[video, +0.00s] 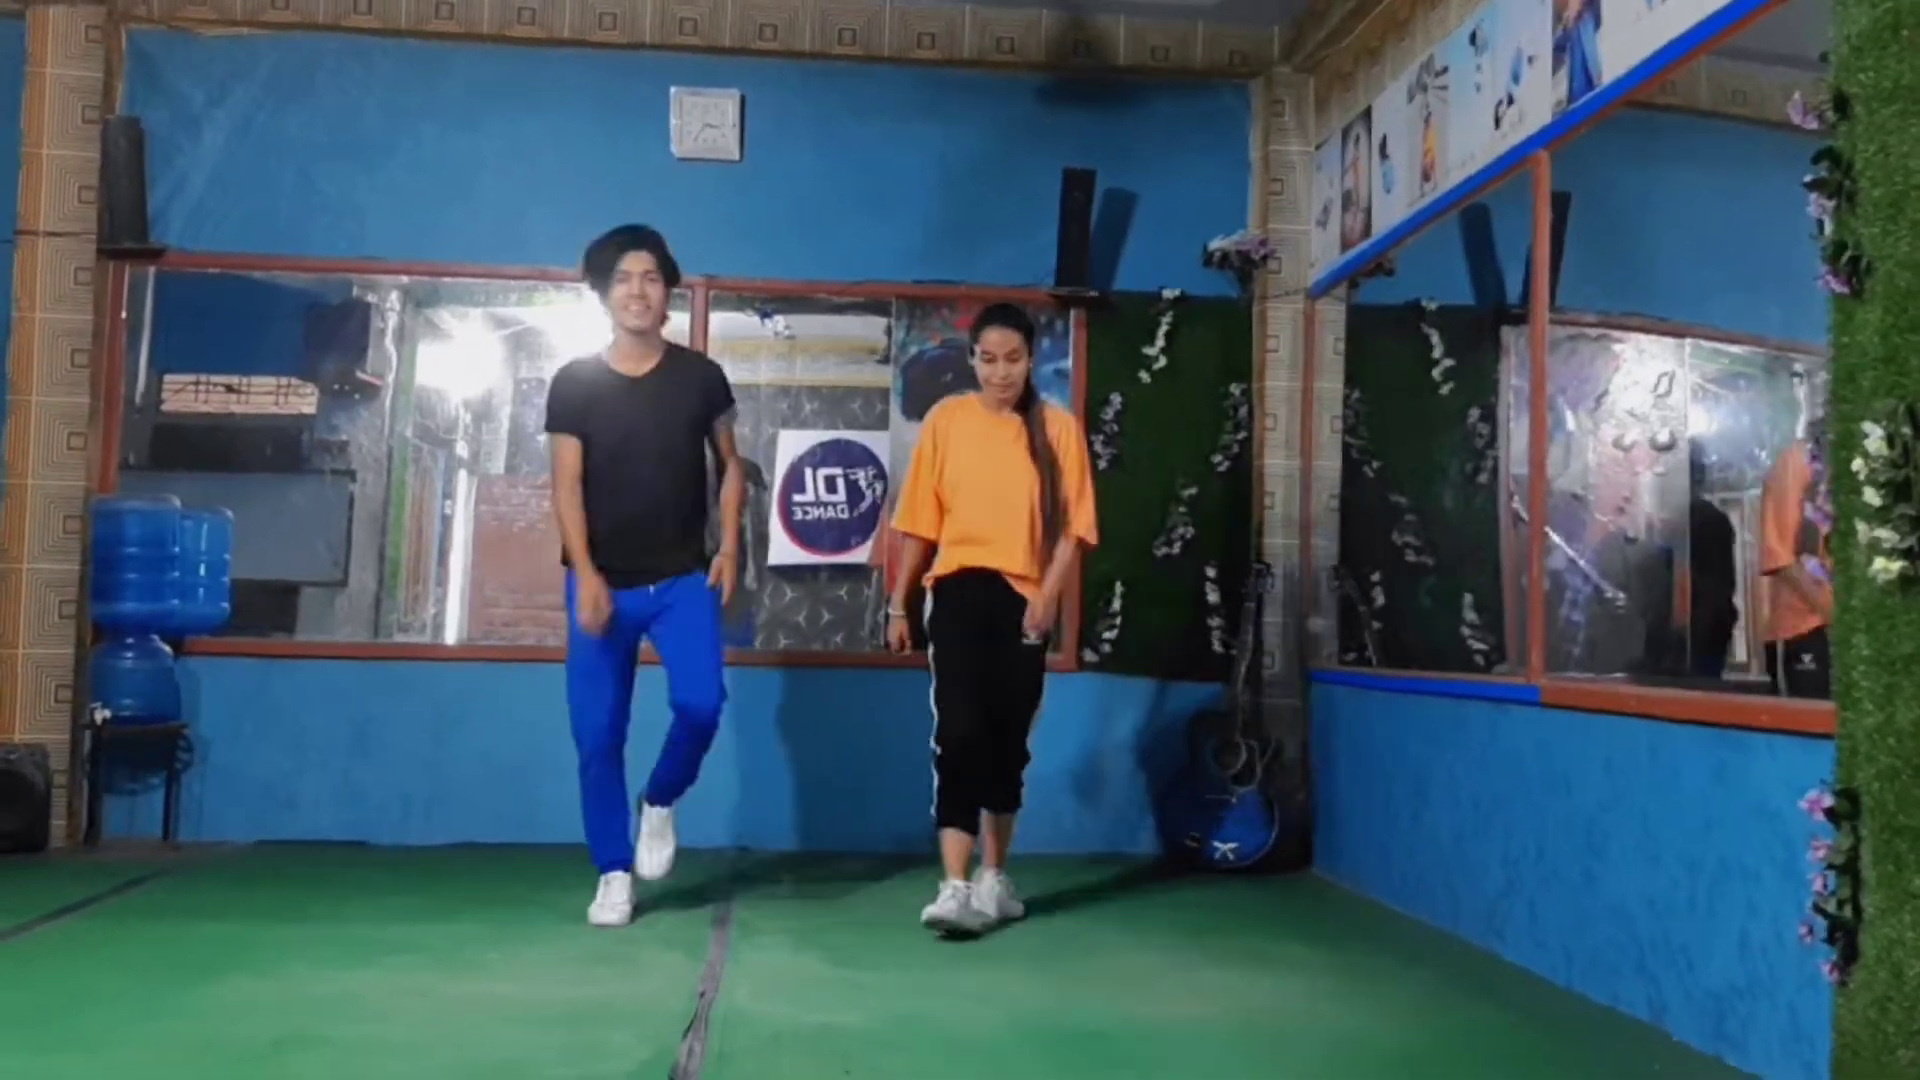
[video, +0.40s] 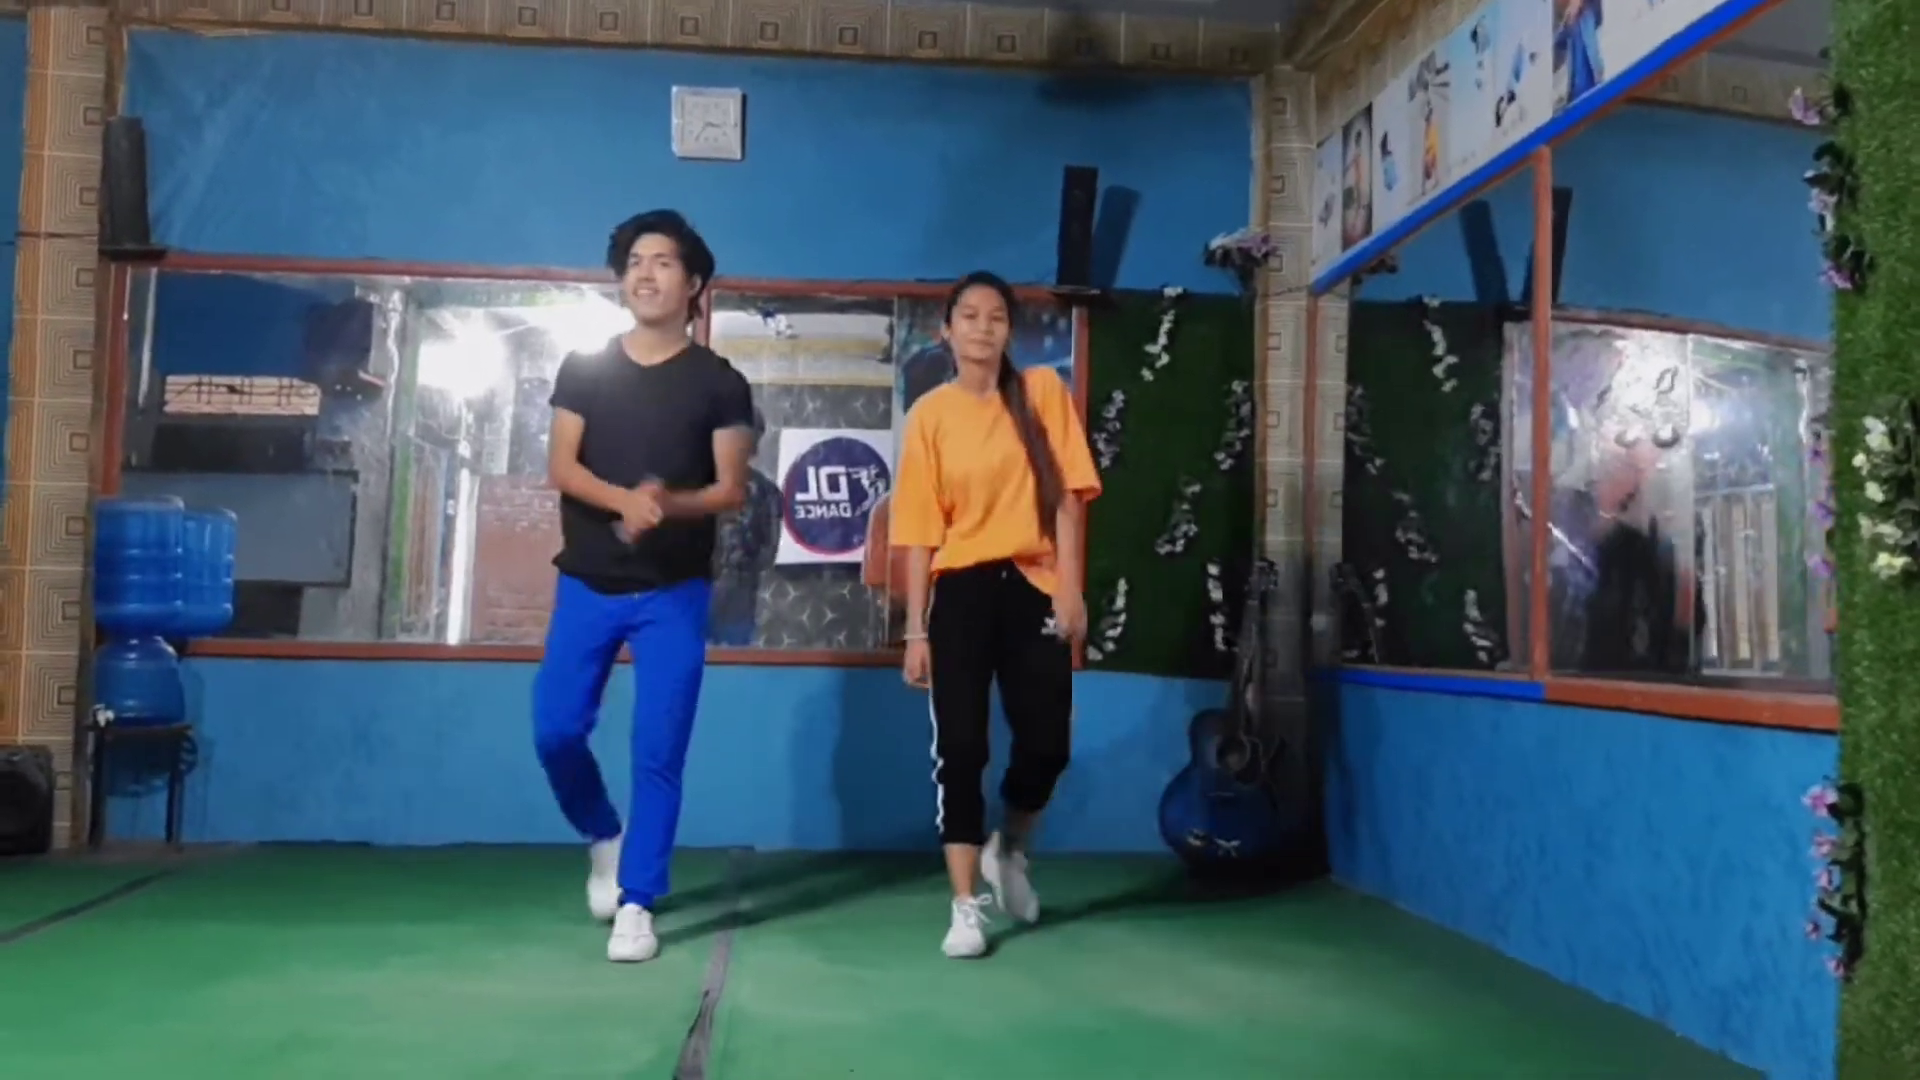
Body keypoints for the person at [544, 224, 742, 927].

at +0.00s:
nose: (640, 292)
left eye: (651, 279)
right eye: (625, 280)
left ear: (669, 292)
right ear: (603, 295)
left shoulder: (701, 376)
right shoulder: (576, 382)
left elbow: (732, 467)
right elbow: (566, 486)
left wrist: (728, 547)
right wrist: (585, 574)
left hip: (684, 581)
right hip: (601, 583)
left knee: (702, 706)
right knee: (597, 735)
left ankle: (658, 803)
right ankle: (613, 870)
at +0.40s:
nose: (647, 276)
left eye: (664, 264)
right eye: (636, 264)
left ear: (695, 284)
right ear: (621, 281)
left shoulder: (720, 382)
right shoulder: (585, 368)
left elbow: (732, 490)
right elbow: (564, 469)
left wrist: (667, 503)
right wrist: (622, 500)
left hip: (672, 594)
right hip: (586, 589)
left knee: (658, 753)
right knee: (555, 734)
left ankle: (638, 905)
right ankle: (605, 836)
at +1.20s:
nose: (618, 272)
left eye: (630, 259)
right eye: (601, 259)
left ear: (644, 273)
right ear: (573, 274)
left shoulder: (672, 358)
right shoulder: (539, 362)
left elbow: (768, 410)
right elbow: (459, 428)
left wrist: (682, 425)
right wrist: (557, 438)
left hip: (654, 585)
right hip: (563, 587)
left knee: (658, 729)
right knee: (570, 746)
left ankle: (627, 892)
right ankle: (574, 898)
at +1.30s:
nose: (626, 269)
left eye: (640, 257)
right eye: (611, 256)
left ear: (656, 272)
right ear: (583, 271)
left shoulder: (683, 359)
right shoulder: (546, 356)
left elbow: (770, 421)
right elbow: (457, 423)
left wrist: (838, 386)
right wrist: (423, 380)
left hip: (657, 587)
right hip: (567, 585)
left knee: (639, 748)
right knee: (572, 748)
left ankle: (620, 904)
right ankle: (578, 895)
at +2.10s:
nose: (624, 265)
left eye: (638, 251)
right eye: (609, 252)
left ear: (662, 265)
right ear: (588, 269)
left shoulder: (699, 345)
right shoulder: (563, 355)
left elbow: (793, 401)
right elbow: (472, 404)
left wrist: (784, 336)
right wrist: (419, 335)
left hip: (665, 575)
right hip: (579, 565)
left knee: (655, 727)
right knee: (496, 685)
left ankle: (673, 865)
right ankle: (538, 844)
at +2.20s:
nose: (614, 261)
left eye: (628, 246)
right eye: (597, 248)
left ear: (652, 260)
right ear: (578, 263)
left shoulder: (691, 341)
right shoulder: (550, 350)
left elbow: (778, 402)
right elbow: (466, 400)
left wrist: (724, 427)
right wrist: (449, 417)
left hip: (656, 558)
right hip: (570, 556)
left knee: (628, 690)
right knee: (521, 709)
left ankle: (618, 840)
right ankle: (537, 884)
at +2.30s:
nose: (604, 271)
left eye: (618, 256)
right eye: (588, 258)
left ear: (642, 271)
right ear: (569, 275)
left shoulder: (682, 362)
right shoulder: (549, 368)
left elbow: (736, 464)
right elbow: (505, 470)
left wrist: (700, 535)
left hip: (628, 587)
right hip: (549, 583)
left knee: (586, 736)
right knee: (528, 740)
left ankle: (598, 892)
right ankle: (553, 898)